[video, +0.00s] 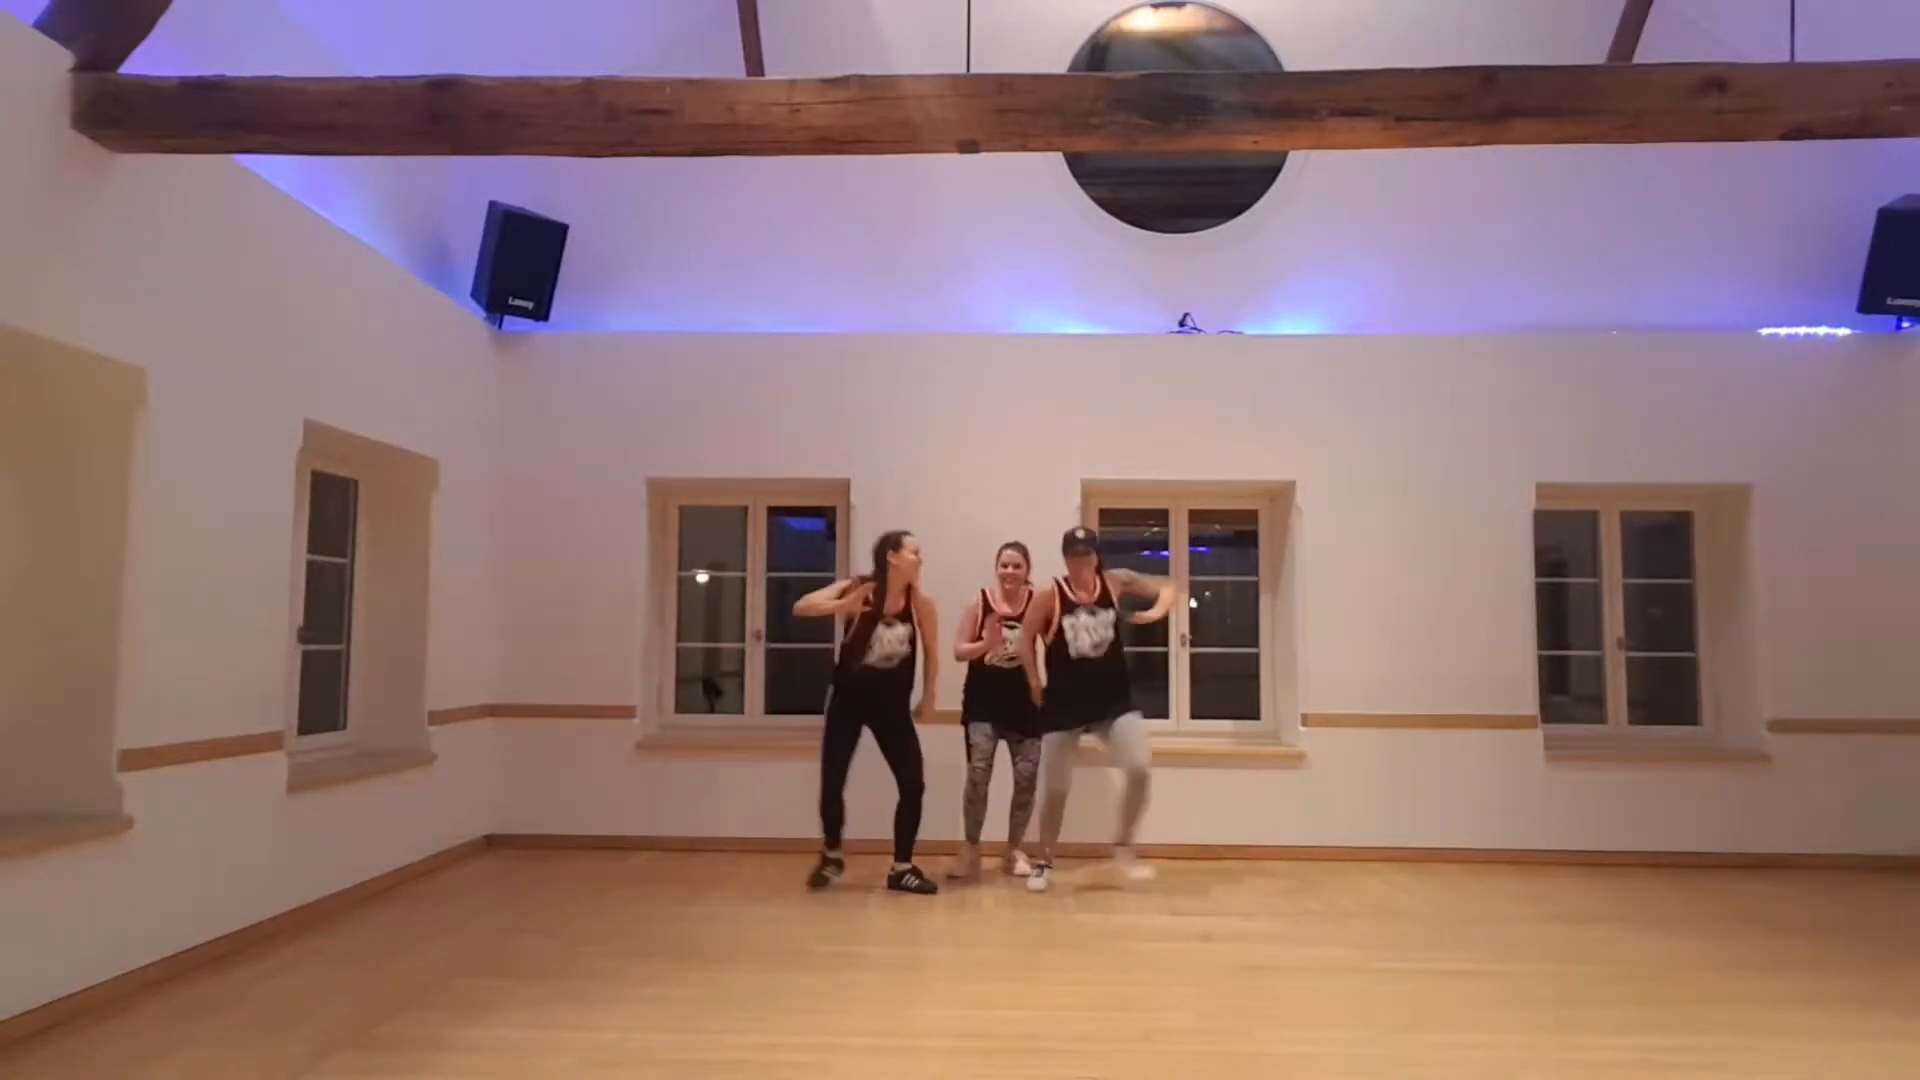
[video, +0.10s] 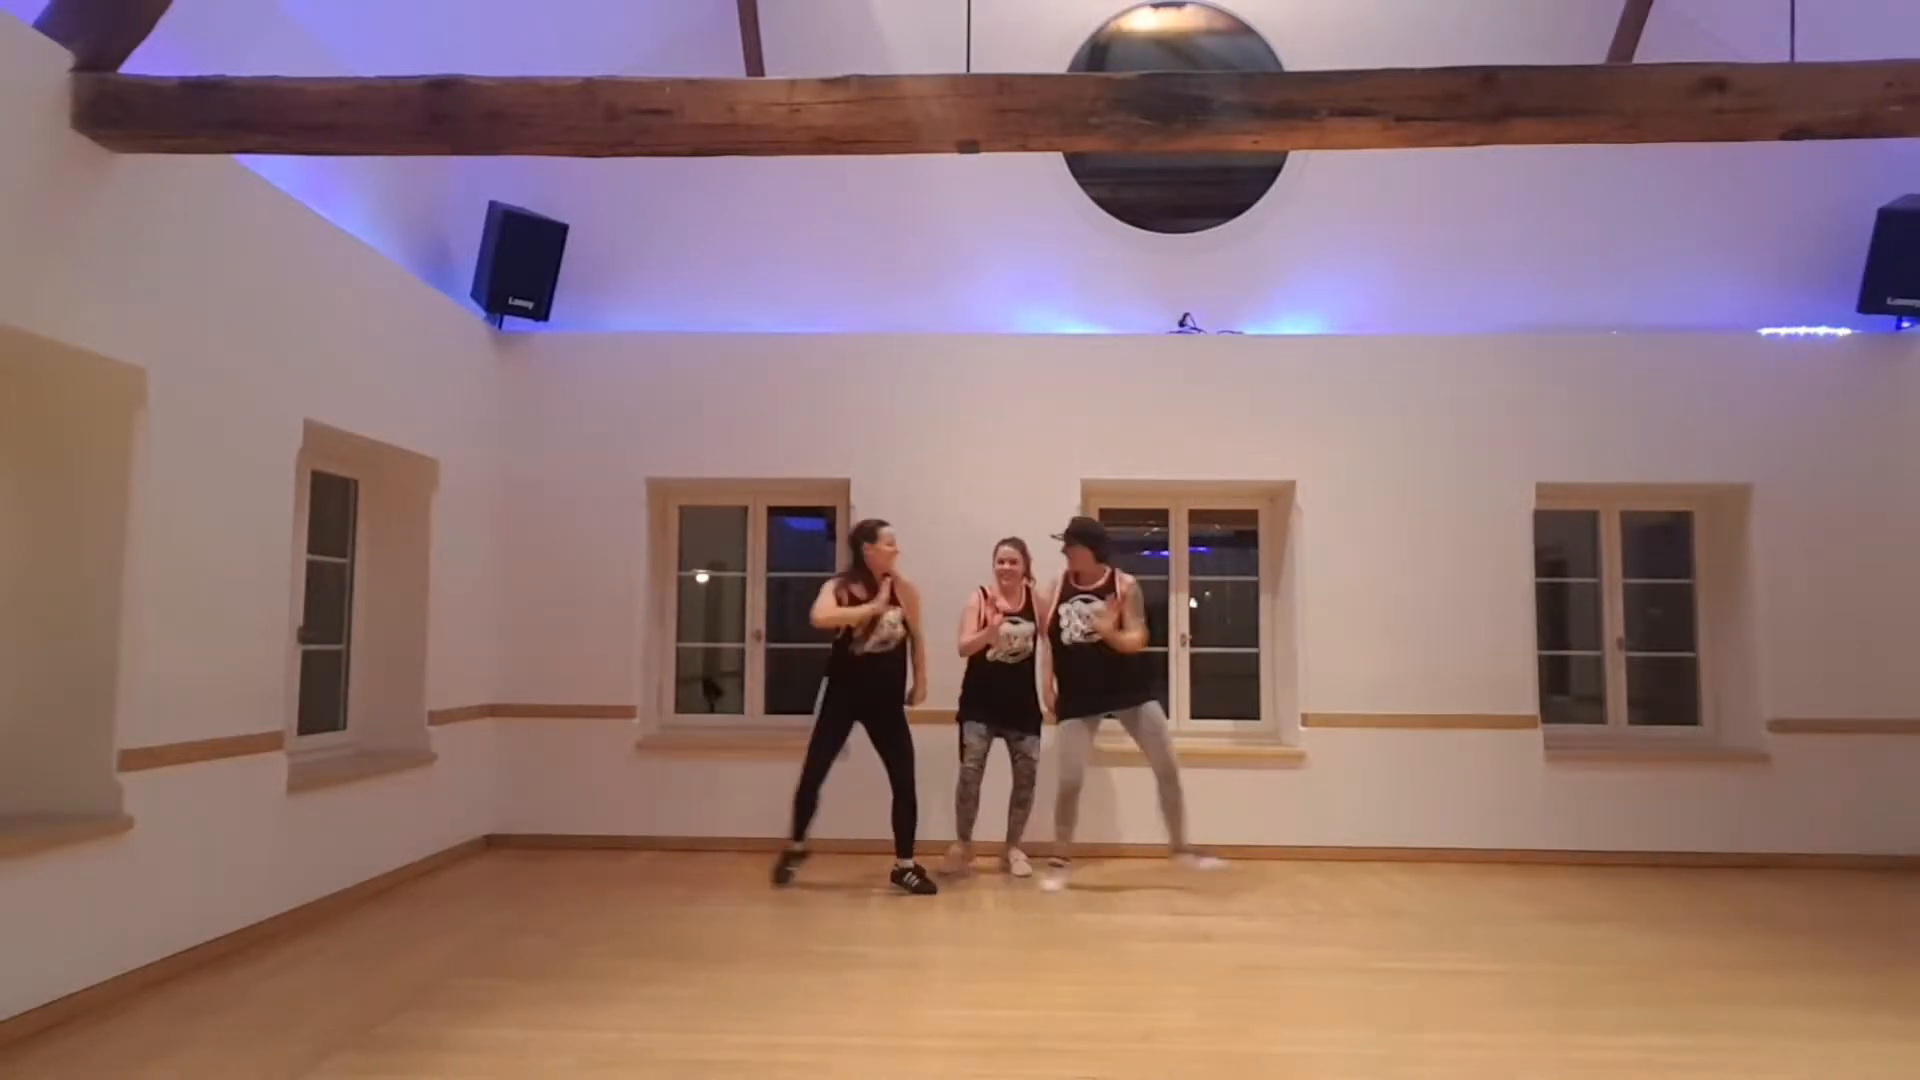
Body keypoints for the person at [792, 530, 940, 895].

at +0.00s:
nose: (920, 558)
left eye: (919, 552)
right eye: (913, 552)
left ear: (900, 559)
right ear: (890, 557)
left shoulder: (921, 604)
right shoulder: (858, 590)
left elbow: (930, 652)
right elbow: (801, 607)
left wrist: (928, 696)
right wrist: (843, 605)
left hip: (891, 702)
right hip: (848, 699)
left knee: (912, 782)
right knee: (831, 782)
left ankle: (902, 867)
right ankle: (832, 858)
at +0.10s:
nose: (895, 549)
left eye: (895, 543)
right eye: (888, 544)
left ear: (887, 551)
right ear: (865, 550)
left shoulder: (903, 590)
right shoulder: (838, 586)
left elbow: (916, 636)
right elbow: (820, 616)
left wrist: (920, 682)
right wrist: (871, 608)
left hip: (885, 698)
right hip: (842, 696)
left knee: (904, 779)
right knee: (813, 772)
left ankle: (905, 864)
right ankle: (795, 846)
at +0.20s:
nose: (869, 559)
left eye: (869, 553)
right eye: (861, 554)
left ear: (866, 559)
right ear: (840, 559)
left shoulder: (882, 592)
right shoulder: (819, 597)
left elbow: (895, 640)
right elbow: (850, 626)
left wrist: (914, 679)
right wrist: (893, 616)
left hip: (880, 705)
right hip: (837, 706)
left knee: (905, 788)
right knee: (796, 780)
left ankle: (912, 864)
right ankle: (755, 852)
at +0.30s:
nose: (845, 581)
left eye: (845, 575)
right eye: (838, 576)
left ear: (844, 581)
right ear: (818, 582)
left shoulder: (853, 617)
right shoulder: (799, 614)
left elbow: (875, 660)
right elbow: (839, 625)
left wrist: (901, 698)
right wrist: (889, 623)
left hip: (868, 722)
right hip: (824, 724)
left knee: (904, 794)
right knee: (780, 800)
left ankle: (911, 868)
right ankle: (736, 862)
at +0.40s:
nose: (824, 588)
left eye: (823, 582)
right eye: (817, 581)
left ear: (820, 588)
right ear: (794, 586)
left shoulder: (829, 621)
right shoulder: (773, 622)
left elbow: (855, 670)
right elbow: (811, 632)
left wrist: (883, 712)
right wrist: (858, 628)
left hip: (844, 725)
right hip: (800, 728)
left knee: (887, 794)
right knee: (758, 803)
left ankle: (909, 869)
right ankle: (735, 865)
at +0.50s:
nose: (803, 575)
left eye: (804, 568)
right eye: (797, 568)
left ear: (801, 572)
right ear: (774, 571)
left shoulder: (815, 604)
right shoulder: (753, 603)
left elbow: (838, 651)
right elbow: (775, 620)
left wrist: (858, 698)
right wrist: (832, 618)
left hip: (820, 714)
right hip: (777, 717)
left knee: (860, 786)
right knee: (748, 797)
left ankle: (898, 861)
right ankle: (734, 865)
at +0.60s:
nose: (791, 557)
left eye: (792, 550)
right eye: (783, 551)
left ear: (792, 554)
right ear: (762, 555)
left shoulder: (806, 587)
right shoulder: (744, 587)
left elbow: (832, 634)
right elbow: (734, 616)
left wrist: (839, 679)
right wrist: (780, 627)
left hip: (803, 697)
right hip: (761, 697)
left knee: (835, 776)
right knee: (742, 784)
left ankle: (861, 852)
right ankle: (733, 863)